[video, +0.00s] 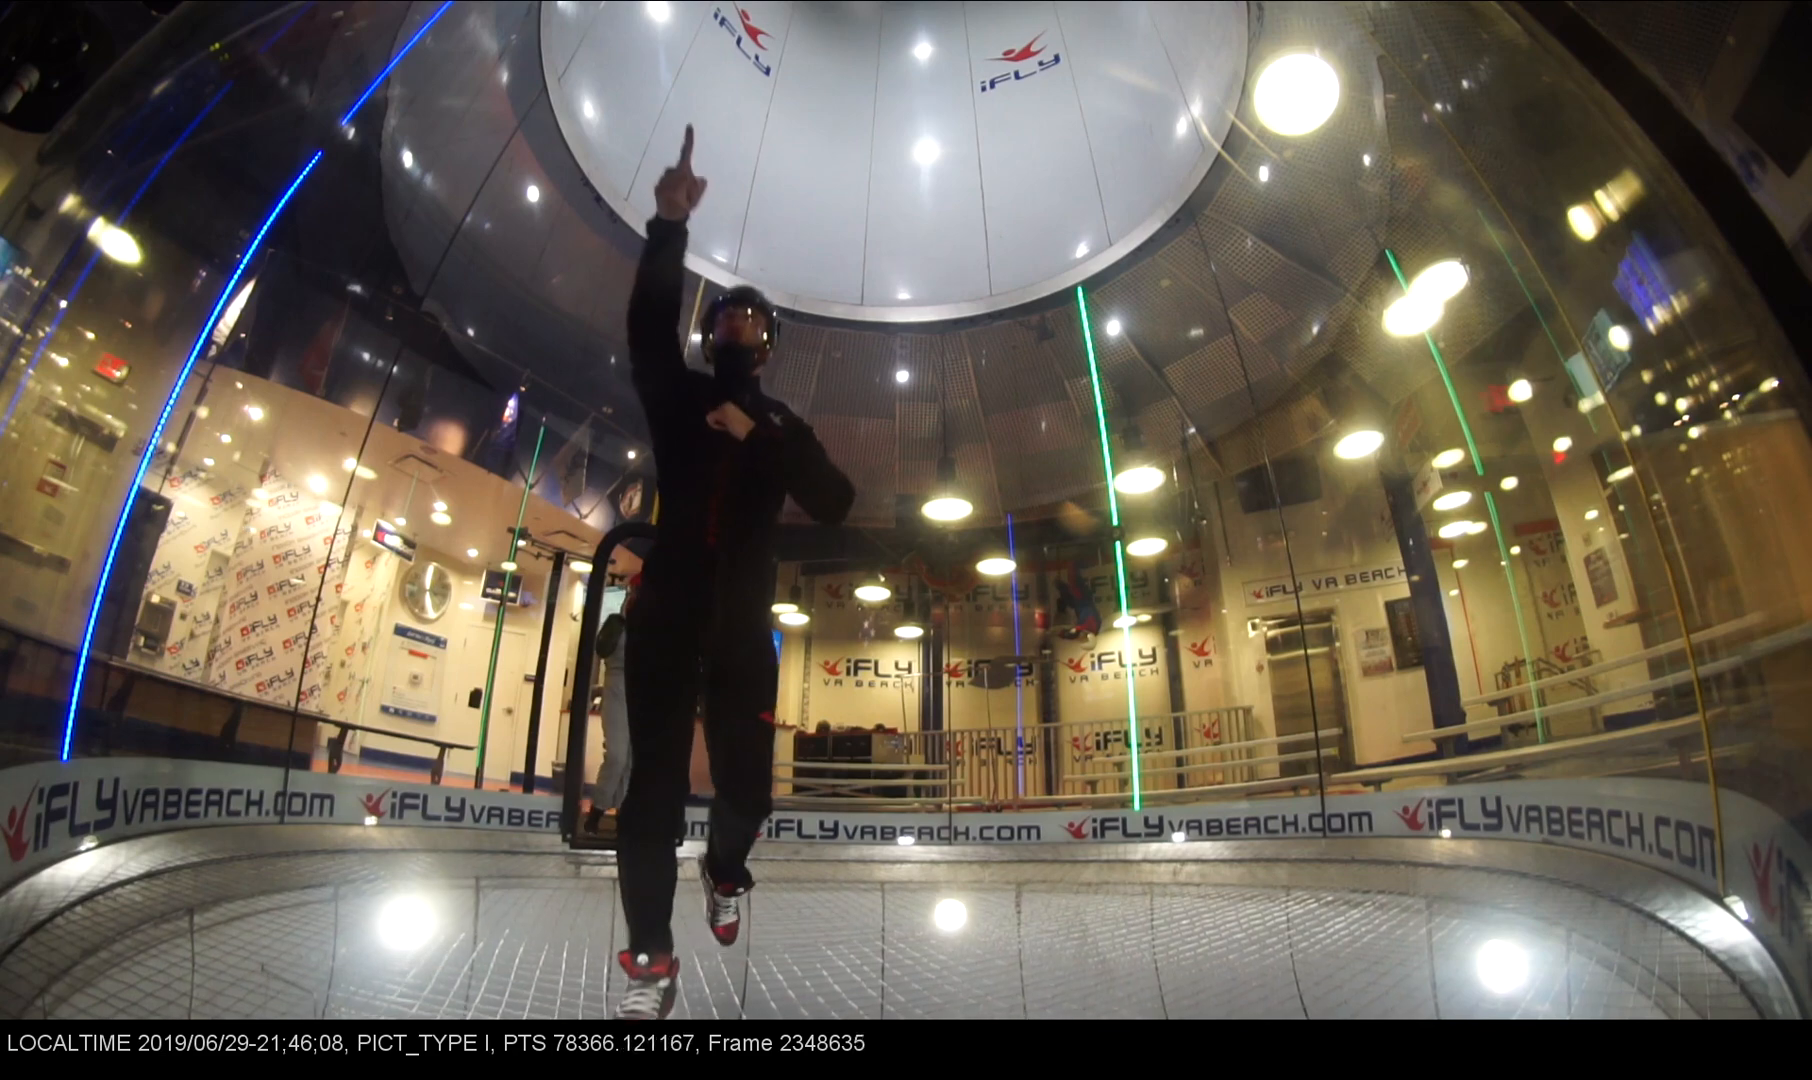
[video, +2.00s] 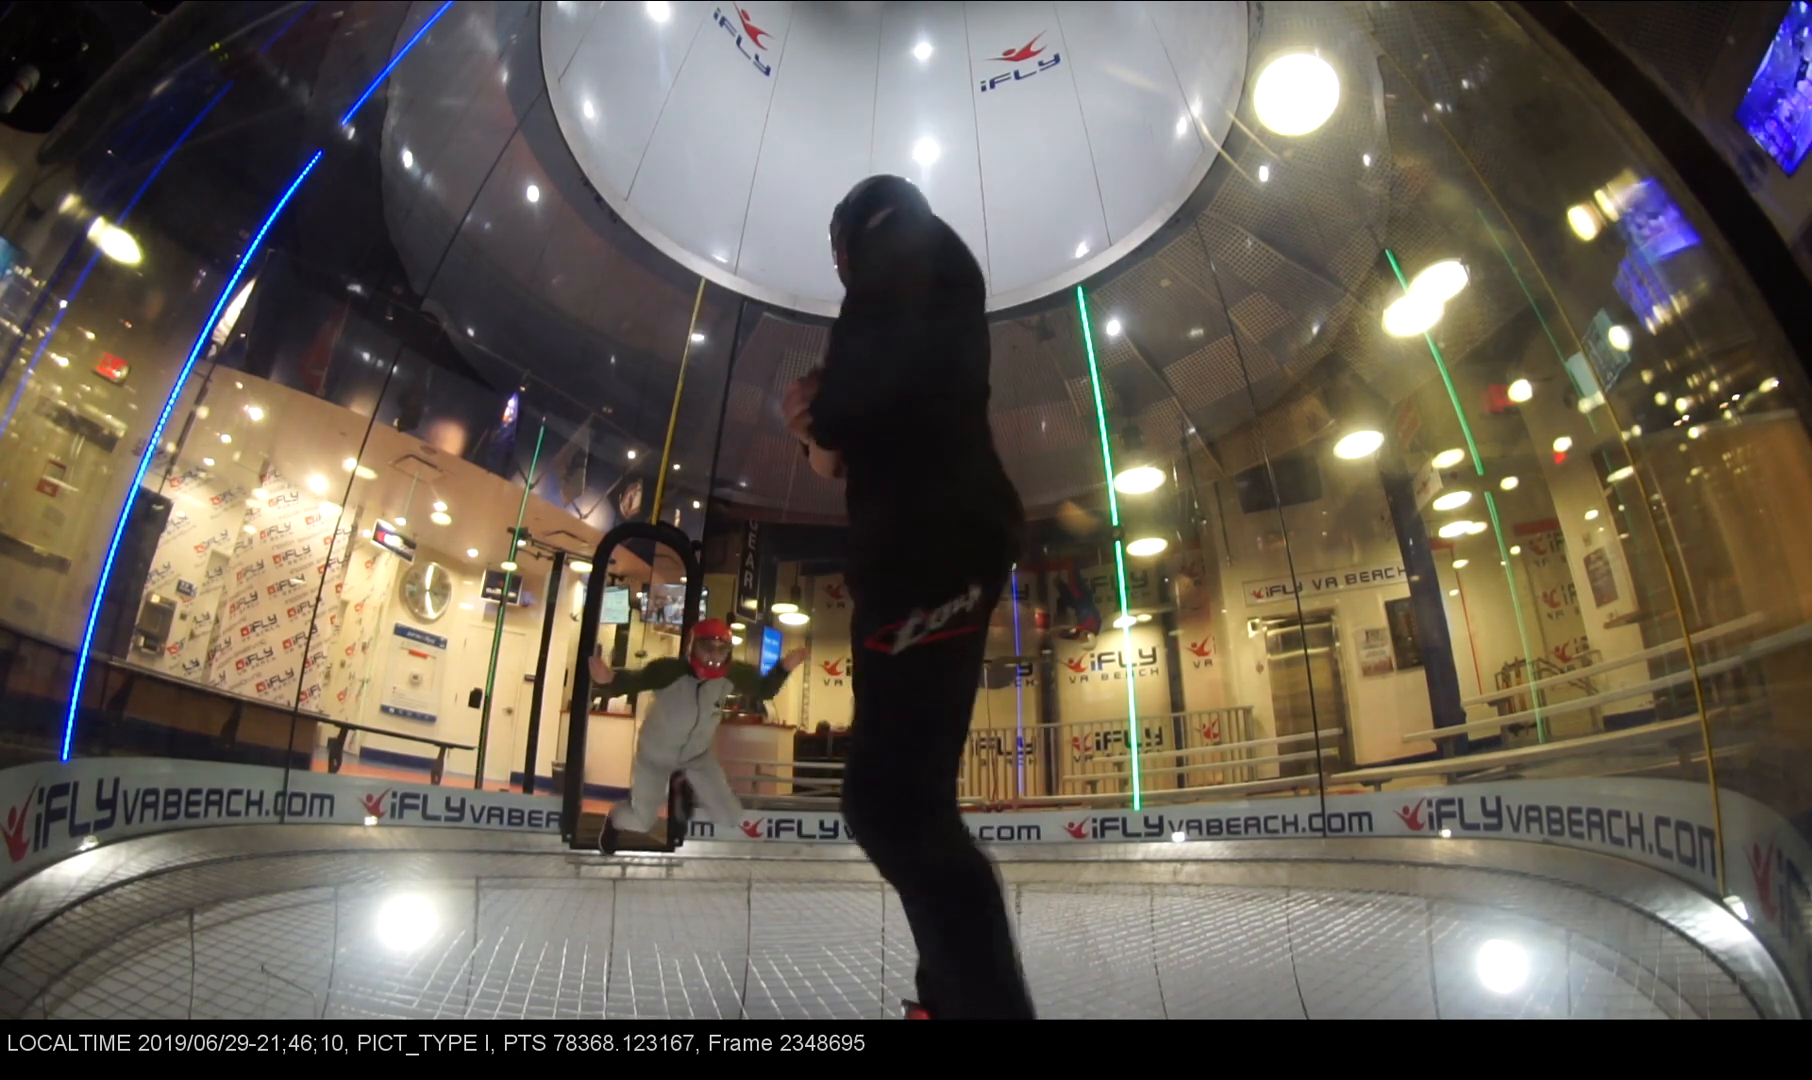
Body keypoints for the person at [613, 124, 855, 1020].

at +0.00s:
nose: (742, 325)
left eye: (755, 320)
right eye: (730, 316)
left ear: (770, 343)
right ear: (707, 333)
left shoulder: (785, 425)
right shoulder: (676, 395)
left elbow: (834, 504)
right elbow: (652, 322)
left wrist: (763, 434)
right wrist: (669, 225)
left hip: (742, 612)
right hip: (664, 606)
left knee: (747, 782)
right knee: (656, 779)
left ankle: (725, 872)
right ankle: (649, 943)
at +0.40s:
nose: (812, 247)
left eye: (813, 238)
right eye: (800, 232)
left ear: (805, 263)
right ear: (754, 237)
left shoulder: (814, 343)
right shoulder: (696, 321)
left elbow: (863, 381)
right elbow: (649, 353)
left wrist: (773, 284)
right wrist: (729, 270)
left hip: (771, 564)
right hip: (681, 561)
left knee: (808, 758)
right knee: (660, 762)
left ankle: (841, 954)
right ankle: (653, 956)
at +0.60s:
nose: (817, 193)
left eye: (831, 188)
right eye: (799, 188)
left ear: (849, 229)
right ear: (771, 219)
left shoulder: (870, 327)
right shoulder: (731, 303)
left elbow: (962, 398)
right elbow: (714, 254)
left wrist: (836, 317)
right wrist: (776, 127)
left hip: (826, 559)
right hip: (722, 551)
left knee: (899, 791)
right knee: (684, 767)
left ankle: (974, 1010)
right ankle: (658, 958)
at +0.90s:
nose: (888, 155)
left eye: (894, 141)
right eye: (865, 146)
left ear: (922, 164)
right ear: (835, 178)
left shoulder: (984, 279)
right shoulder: (817, 273)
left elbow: (1108, 357)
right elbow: (760, 333)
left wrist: (975, 305)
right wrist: (854, 200)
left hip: (957, 539)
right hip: (834, 536)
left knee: (1018, 813)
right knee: (779, 739)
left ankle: (1006, 1010)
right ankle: (733, 946)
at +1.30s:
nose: (938, 125)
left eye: (952, 110)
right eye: (919, 117)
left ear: (982, 143)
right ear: (898, 156)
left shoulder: (1053, 244)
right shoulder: (863, 259)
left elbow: (1142, 366)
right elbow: (797, 384)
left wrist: (997, 314)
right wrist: (909, 284)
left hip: (1021, 535)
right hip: (891, 537)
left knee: (1029, 802)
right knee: (858, 773)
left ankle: (1017, 1011)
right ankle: (888, 975)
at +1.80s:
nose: (845, 238)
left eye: (852, 220)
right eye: (842, 230)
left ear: (890, 201)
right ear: (872, 230)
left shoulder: (970, 219)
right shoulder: (875, 308)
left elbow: (1026, 316)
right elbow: (869, 460)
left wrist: (881, 390)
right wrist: (836, 401)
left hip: (974, 538)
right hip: (902, 551)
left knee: (968, 789)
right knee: (908, 785)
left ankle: (998, 1003)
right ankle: (957, 992)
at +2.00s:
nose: (839, 268)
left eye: (839, 252)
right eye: (836, 258)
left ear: (858, 226)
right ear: (902, 212)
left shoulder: (904, 247)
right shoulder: (914, 268)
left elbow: (885, 381)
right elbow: (907, 420)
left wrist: (821, 410)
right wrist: (839, 440)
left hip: (929, 548)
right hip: (936, 544)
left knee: (889, 803)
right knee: (909, 801)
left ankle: (985, 1006)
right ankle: (954, 996)